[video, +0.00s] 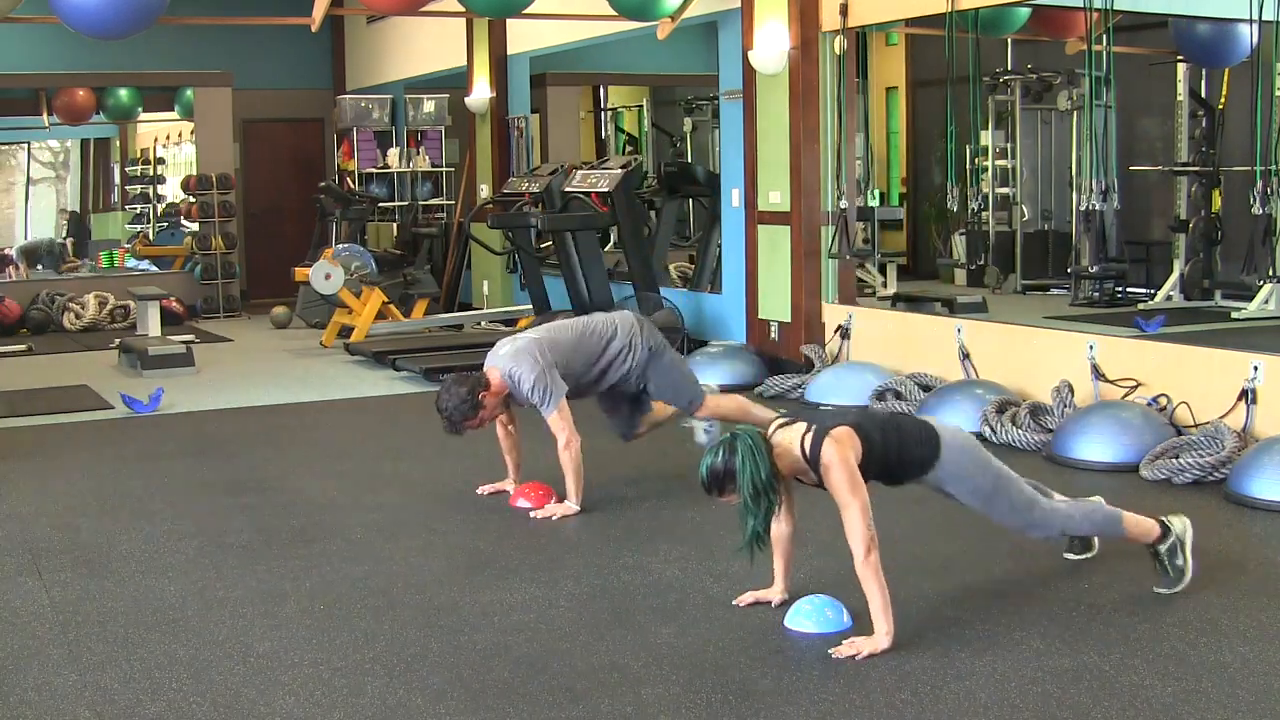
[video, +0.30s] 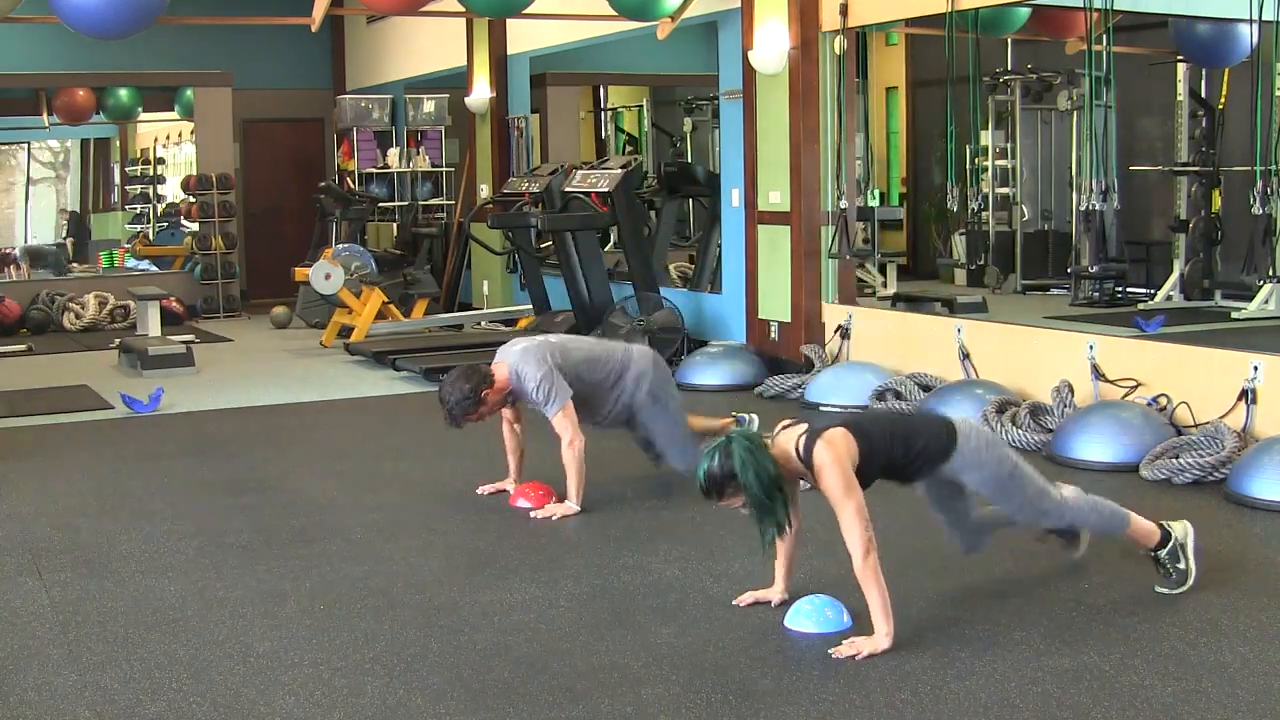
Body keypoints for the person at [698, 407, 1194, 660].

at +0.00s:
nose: (740, 502)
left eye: (736, 495)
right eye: (732, 497)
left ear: (749, 473)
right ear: (743, 458)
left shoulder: (830, 452)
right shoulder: (769, 445)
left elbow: (866, 549)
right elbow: (780, 517)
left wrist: (883, 633)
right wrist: (779, 587)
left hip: (942, 451)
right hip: (918, 446)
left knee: (1042, 513)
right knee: (1012, 496)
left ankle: (1162, 532)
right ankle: (1077, 526)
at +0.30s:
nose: (739, 507)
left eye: (735, 499)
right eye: (729, 502)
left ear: (748, 477)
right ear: (748, 461)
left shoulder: (827, 455)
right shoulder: (776, 451)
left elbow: (864, 551)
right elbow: (786, 521)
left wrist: (882, 634)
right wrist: (780, 588)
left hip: (959, 444)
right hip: (925, 458)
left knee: (1050, 504)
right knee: (968, 530)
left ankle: (1165, 538)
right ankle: (1057, 521)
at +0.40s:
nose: (736, 504)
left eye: (732, 496)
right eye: (727, 499)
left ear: (746, 473)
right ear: (741, 463)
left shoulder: (823, 454)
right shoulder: (774, 449)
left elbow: (863, 549)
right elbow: (785, 520)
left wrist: (882, 634)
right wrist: (780, 587)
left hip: (954, 429)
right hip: (915, 455)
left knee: (1049, 497)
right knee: (915, 554)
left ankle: (1160, 539)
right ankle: (998, 509)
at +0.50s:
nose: (735, 498)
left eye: (733, 489)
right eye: (727, 492)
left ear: (746, 471)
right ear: (747, 452)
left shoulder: (824, 452)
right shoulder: (774, 446)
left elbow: (862, 548)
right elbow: (784, 516)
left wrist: (882, 633)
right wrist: (779, 586)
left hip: (950, 437)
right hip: (899, 462)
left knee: (1045, 505)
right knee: (879, 556)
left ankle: (1161, 542)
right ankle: (948, 511)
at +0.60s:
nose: (736, 499)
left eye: (734, 491)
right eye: (728, 495)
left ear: (746, 472)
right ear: (746, 452)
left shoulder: (825, 455)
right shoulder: (773, 452)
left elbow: (864, 550)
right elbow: (782, 519)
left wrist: (882, 634)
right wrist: (779, 587)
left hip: (943, 452)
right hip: (890, 478)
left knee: (1045, 517)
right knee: (835, 563)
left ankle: (1165, 541)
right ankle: (914, 535)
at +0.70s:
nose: (731, 499)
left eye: (729, 490)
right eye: (722, 492)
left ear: (745, 472)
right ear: (740, 454)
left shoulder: (823, 457)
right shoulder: (771, 449)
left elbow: (862, 547)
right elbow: (781, 520)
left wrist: (882, 633)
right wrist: (778, 586)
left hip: (937, 468)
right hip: (886, 493)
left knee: (1040, 530)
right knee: (827, 579)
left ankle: (1165, 540)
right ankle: (898, 566)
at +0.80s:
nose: (734, 499)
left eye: (731, 490)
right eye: (726, 491)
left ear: (751, 471)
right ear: (741, 459)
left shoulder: (824, 458)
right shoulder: (771, 452)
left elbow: (861, 545)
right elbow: (784, 521)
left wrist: (882, 634)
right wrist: (780, 586)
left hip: (939, 471)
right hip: (883, 494)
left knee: (1041, 533)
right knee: (825, 579)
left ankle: (1164, 539)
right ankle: (897, 558)